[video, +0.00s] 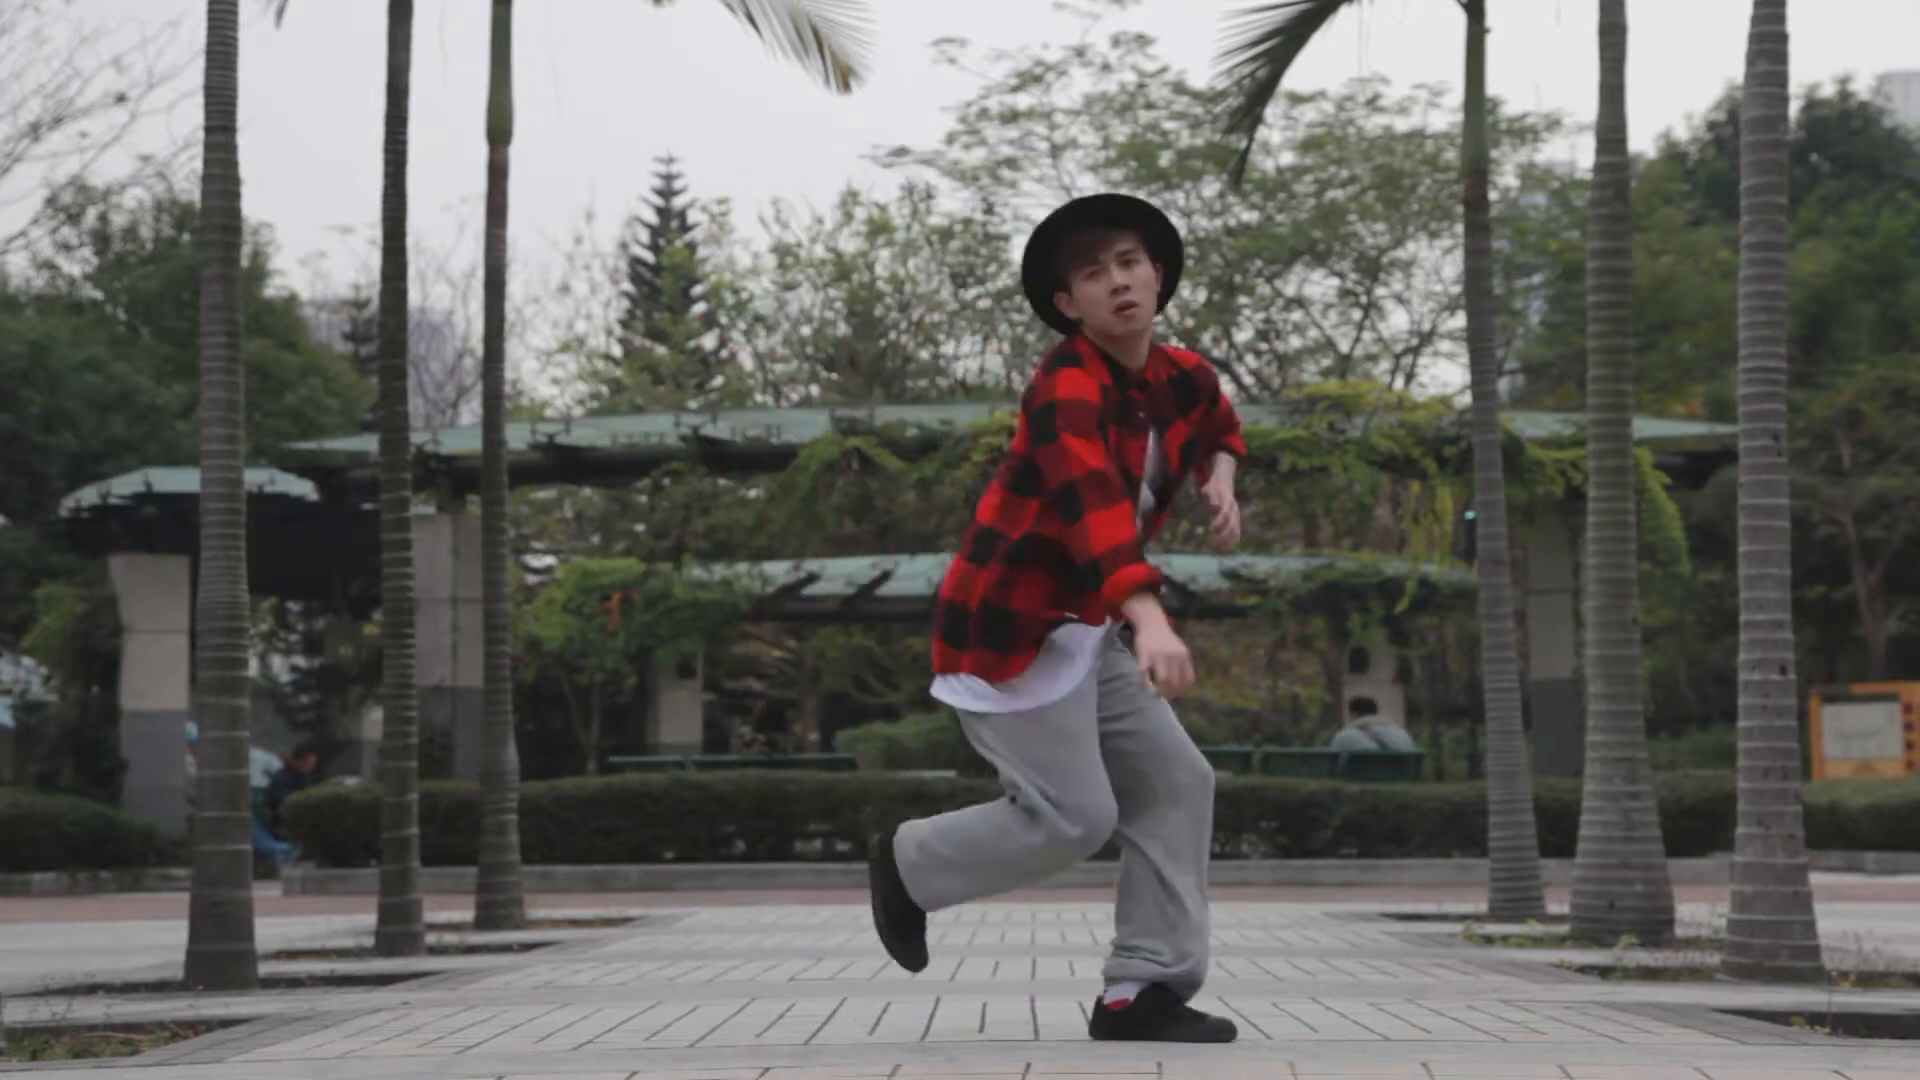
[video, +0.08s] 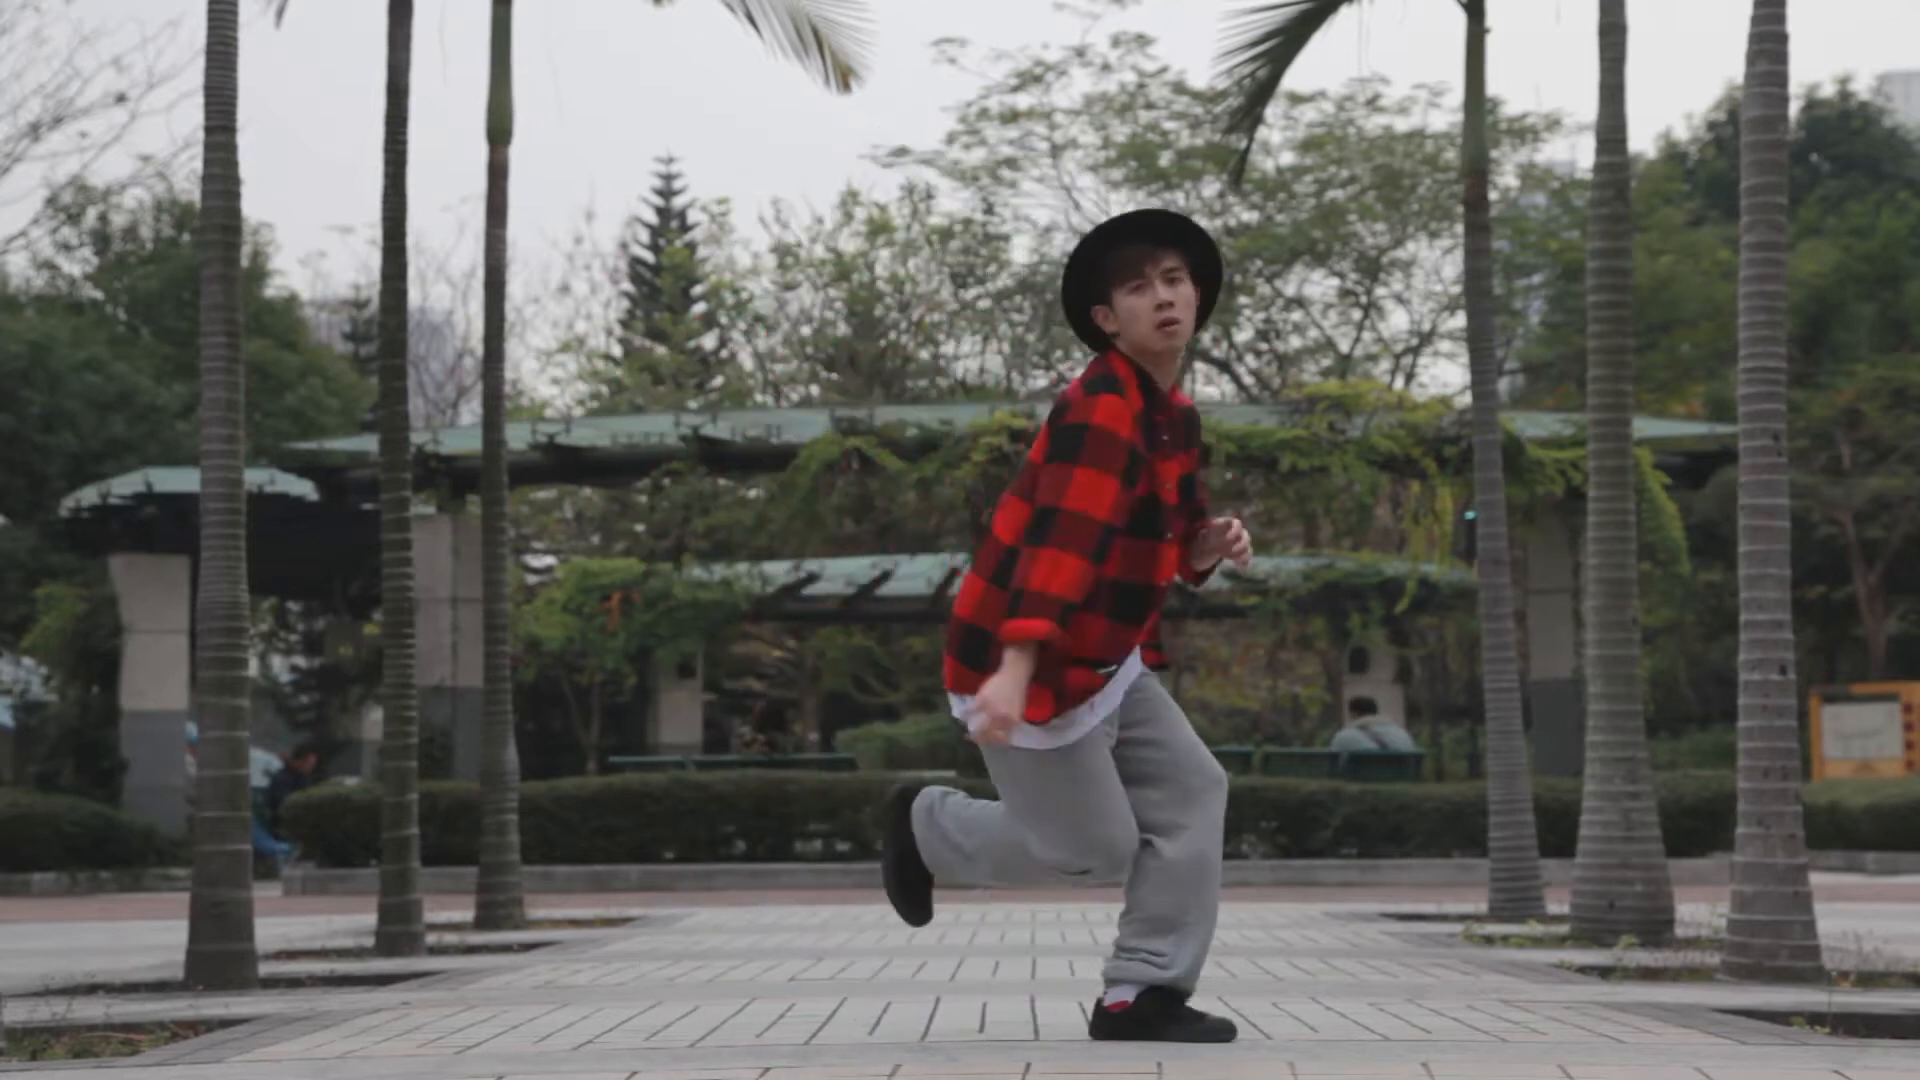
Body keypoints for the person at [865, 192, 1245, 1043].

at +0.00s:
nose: (1118, 280)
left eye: (1131, 261)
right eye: (1091, 271)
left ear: (1160, 277)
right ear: (1065, 306)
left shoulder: (1183, 374)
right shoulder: (1069, 385)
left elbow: (1220, 421)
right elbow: (1095, 506)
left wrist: (1219, 471)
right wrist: (1147, 615)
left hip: (1090, 630)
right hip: (1005, 641)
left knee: (1177, 783)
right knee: (1076, 818)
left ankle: (1141, 990)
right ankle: (912, 861)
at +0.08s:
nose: (1164, 296)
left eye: (1176, 279)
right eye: (1138, 286)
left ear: (1201, 300)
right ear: (1105, 320)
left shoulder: (1173, 412)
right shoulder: (1104, 404)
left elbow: (1141, 547)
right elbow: (1062, 539)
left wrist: (1196, 550)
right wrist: (1014, 667)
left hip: (1102, 665)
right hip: (1025, 678)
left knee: (1192, 792)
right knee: (1093, 847)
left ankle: (1142, 992)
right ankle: (925, 827)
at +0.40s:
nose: (1149, 218)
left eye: (1173, 208)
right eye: (1135, 200)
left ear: (1200, 246)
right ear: (1103, 219)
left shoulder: (1189, 368)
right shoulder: (1024, 272)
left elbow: (1227, 521)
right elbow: (914, 259)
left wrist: (1236, 512)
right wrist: (806, 257)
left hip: (1091, 559)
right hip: (992, 532)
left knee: (1075, 751)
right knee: (1089, 713)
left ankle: (978, 969)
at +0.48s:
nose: (1117, 214)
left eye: (1143, 204)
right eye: (1104, 198)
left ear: (1177, 242)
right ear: (1080, 218)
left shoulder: (1169, 358)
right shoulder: (1017, 280)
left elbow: (1216, 474)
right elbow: (918, 259)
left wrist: (1248, 543)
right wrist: (823, 248)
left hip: (1089, 571)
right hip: (985, 544)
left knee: (1062, 760)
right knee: (1089, 713)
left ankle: (983, 969)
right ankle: (1176, 932)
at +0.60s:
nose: (1080, 197)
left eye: (1106, 185)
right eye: (1070, 182)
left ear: (1148, 219)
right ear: (1051, 202)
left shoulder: (1161, 337)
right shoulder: (1005, 281)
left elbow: (1216, 474)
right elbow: (925, 293)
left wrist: (1286, 607)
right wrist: (849, 268)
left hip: (1093, 564)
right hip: (993, 542)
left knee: (1164, 765)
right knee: (1030, 748)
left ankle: (1041, 935)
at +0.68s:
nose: (1057, 214)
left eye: (1081, 197)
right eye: (1044, 198)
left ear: (1129, 220)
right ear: (1032, 215)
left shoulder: (1170, 343)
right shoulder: (995, 307)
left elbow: (1230, 470)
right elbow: (906, 336)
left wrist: (1285, 597)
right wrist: (867, 309)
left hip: (1110, 587)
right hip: (1001, 572)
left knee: (1222, 755)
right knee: (956, 766)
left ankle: (1120, 916)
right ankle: (907, 985)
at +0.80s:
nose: (1100, 214)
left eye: (1118, 195)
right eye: (1077, 204)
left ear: (1156, 214)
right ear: (1058, 235)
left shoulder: (1220, 324)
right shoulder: (1021, 320)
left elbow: (1260, 398)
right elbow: (914, 411)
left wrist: (1266, 500)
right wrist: (990, 376)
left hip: (1143, 575)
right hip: (1025, 572)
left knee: (1224, 733)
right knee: (980, 763)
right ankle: (937, 975)